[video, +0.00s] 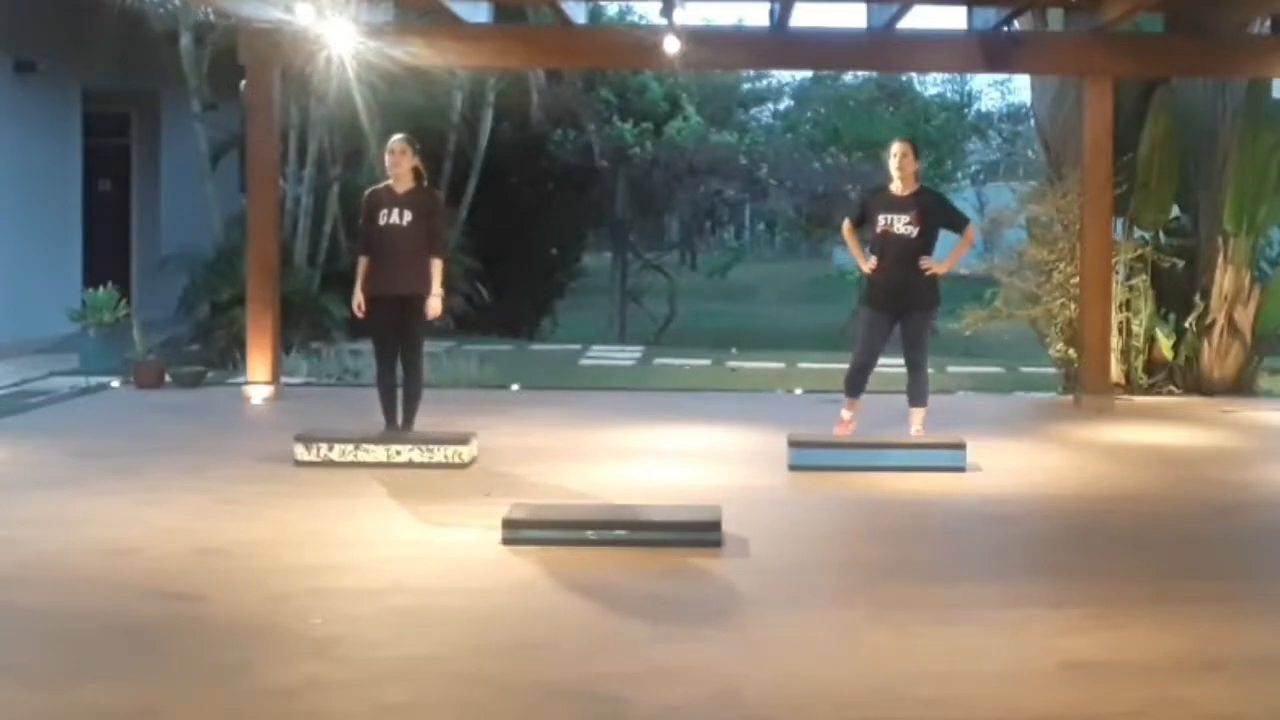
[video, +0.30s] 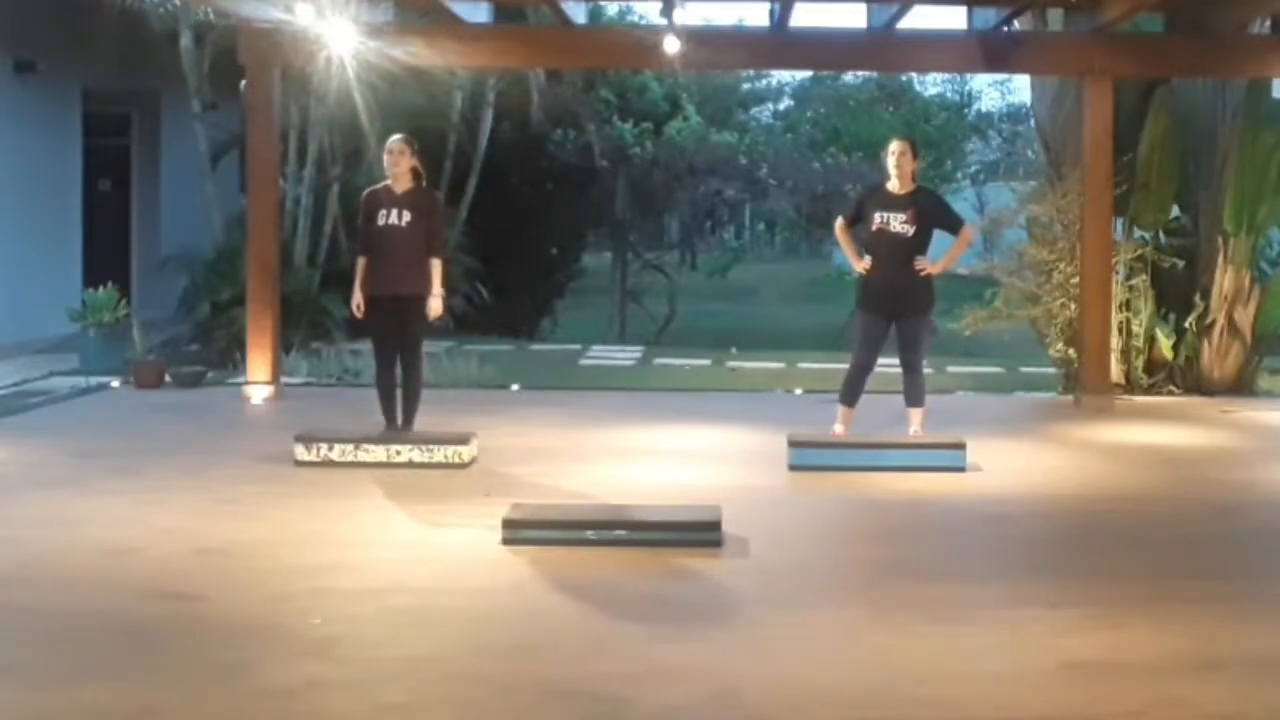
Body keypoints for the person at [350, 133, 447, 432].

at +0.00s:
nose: (394, 159)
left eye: (401, 153)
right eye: (390, 153)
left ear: (414, 159)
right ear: (384, 158)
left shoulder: (429, 198)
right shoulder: (373, 197)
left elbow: (436, 248)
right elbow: (365, 247)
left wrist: (436, 291)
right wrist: (358, 288)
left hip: (414, 294)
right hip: (380, 294)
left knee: (412, 362)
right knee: (385, 362)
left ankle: (407, 424)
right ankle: (390, 423)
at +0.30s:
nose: (393, 159)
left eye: (400, 153)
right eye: (389, 153)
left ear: (413, 160)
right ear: (383, 158)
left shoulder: (429, 199)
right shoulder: (372, 197)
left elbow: (435, 249)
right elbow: (364, 247)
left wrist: (436, 291)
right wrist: (357, 288)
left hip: (413, 294)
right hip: (379, 294)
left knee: (411, 361)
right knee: (384, 361)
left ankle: (407, 423)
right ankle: (390, 422)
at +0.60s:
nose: (392, 159)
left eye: (399, 153)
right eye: (388, 153)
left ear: (413, 159)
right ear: (382, 157)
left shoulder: (428, 199)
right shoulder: (370, 197)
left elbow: (433, 249)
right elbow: (362, 247)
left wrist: (432, 291)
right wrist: (356, 288)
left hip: (411, 294)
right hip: (377, 294)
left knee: (410, 362)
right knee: (383, 362)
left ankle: (407, 424)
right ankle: (389, 422)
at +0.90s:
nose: (391, 159)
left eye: (398, 153)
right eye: (387, 153)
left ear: (412, 159)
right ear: (381, 158)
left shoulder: (426, 200)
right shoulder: (370, 198)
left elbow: (432, 250)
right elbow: (361, 248)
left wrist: (431, 292)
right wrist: (355, 288)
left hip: (411, 295)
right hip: (377, 295)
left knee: (410, 363)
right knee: (383, 363)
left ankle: (407, 425)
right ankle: (389, 424)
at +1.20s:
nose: (389, 159)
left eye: (397, 154)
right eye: (386, 153)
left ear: (411, 160)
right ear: (380, 158)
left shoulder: (425, 199)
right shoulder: (369, 198)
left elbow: (431, 250)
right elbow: (361, 248)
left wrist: (430, 292)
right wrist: (355, 289)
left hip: (410, 295)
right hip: (376, 294)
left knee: (409, 363)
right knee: (382, 363)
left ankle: (407, 425)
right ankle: (389, 423)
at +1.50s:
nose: (389, 159)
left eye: (396, 154)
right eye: (386, 153)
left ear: (411, 160)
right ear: (381, 158)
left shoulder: (424, 199)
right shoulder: (370, 198)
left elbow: (431, 250)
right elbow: (361, 248)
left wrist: (429, 292)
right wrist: (355, 289)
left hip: (409, 295)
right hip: (376, 295)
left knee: (409, 363)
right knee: (382, 363)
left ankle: (407, 424)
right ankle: (389, 423)